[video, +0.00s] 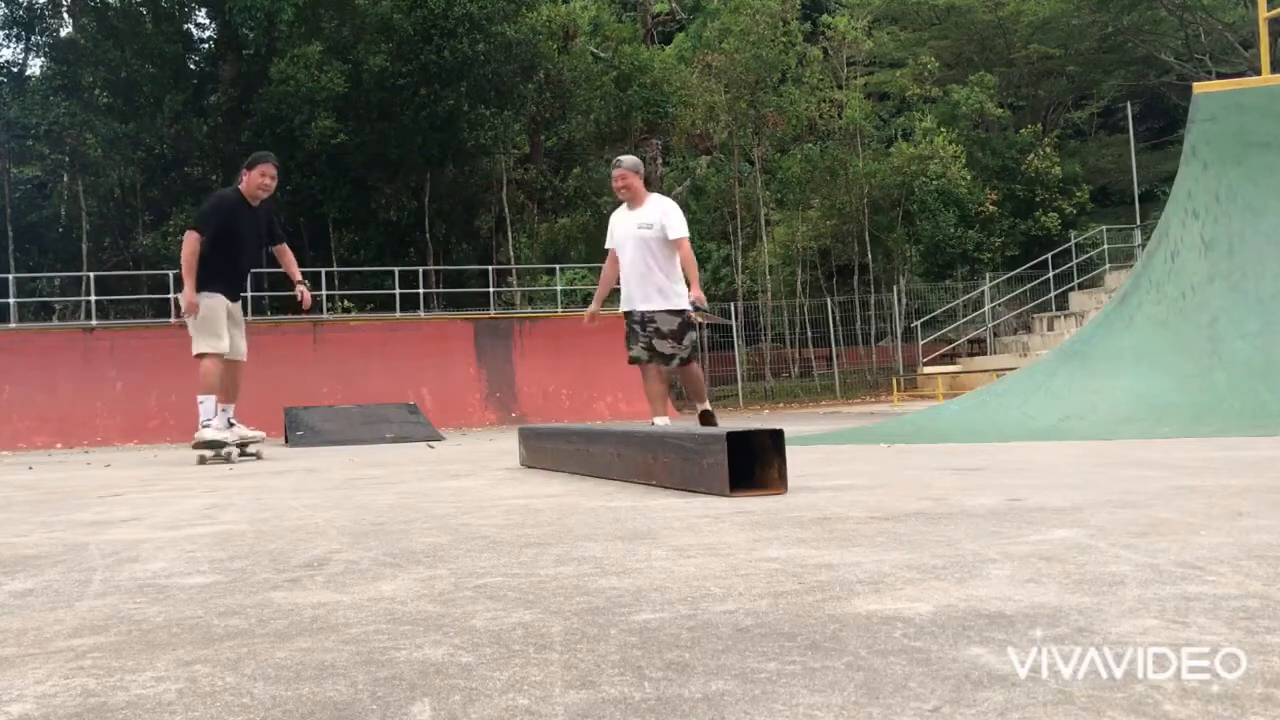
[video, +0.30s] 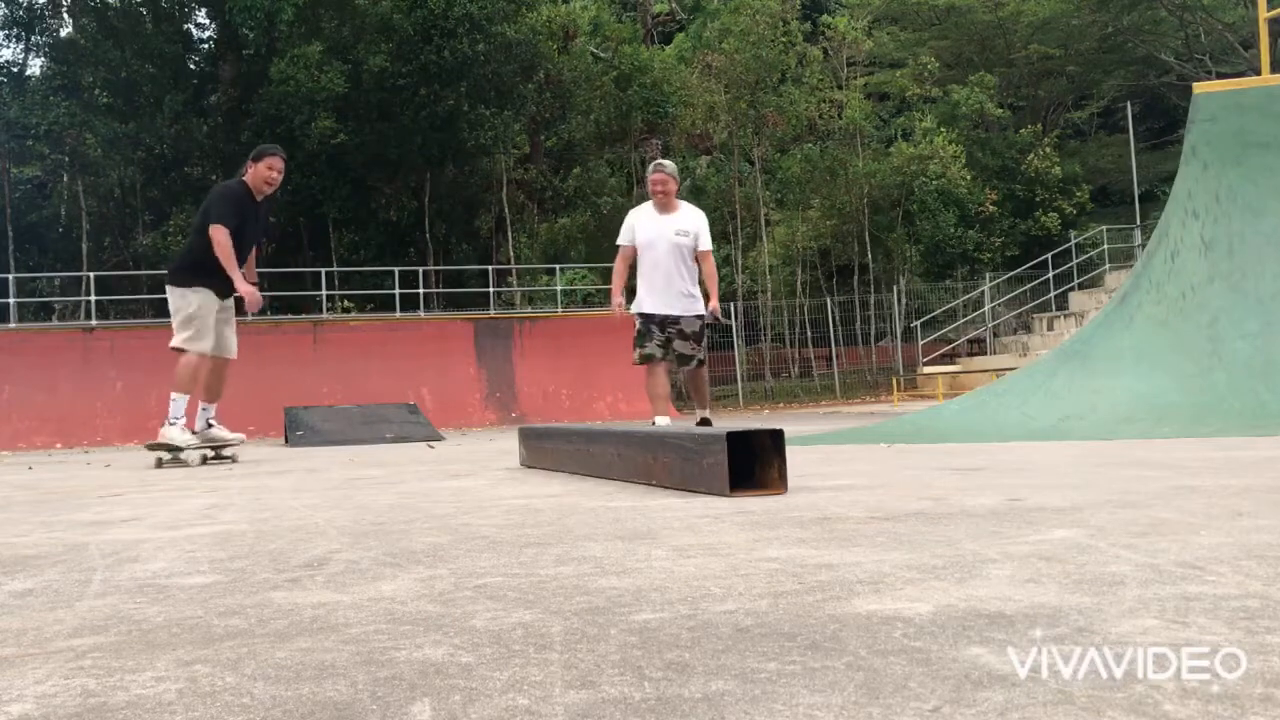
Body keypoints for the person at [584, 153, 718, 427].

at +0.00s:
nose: (618, 184)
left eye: (623, 178)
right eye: (614, 180)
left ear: (639, 177)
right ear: (612, 184)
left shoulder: (665, 207)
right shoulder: (617, 217)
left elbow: (684, 248)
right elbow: (612, 262)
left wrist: (695, 287)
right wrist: (596, 302)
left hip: (670, 303)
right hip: (636, 306)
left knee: (684, 362)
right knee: (648, 365)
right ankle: (660, 423)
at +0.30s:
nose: (658, 189)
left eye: (664, 184)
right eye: (653, 184)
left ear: (676, 185)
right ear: (647, 185)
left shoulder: (695, 216)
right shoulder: (635, 217)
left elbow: (706, 259)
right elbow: (623, 259)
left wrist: (713, 298)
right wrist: (616, 294)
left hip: (688, 306)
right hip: (649, 306)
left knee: (695, 365)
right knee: (654, 364)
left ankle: (703, 416)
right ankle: (661, 423)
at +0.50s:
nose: (680, 191)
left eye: (686, 187)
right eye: (675, 186)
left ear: (696, 189)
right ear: (668, 188)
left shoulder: (711, 221)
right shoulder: (652, 218)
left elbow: (720, 265)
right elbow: (639, 260)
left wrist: (726, 304)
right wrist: (636, 292)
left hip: (699, 308)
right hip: (661, 307)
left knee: (701, 366)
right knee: (657, 361)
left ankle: (705, 419)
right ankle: (661, 421)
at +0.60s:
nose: (687, 190)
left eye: (692, 185)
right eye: (682, 185)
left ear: (702, 188)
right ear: (675, 187)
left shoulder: (716, 221)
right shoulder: (659, 217)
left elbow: (725, 264)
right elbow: (646, 259)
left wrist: (733, 302)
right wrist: (642, 295)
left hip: (703, 307)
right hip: (666, 304)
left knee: (703, 365)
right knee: (661, 361)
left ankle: (704, 419)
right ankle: (660, 419)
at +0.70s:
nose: (691, 189)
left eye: (697, 184)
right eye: (687, 184)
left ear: (707, 188)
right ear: (680, 187)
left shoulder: (720, 221)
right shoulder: (663, 216)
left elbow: (730, 264)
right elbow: (651, 257)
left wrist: (740, 304)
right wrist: (645, 298)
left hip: (705, 305)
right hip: (668, 303)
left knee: (705, 364)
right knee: (662, 360)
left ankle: (704, 419)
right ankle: (662, 419)